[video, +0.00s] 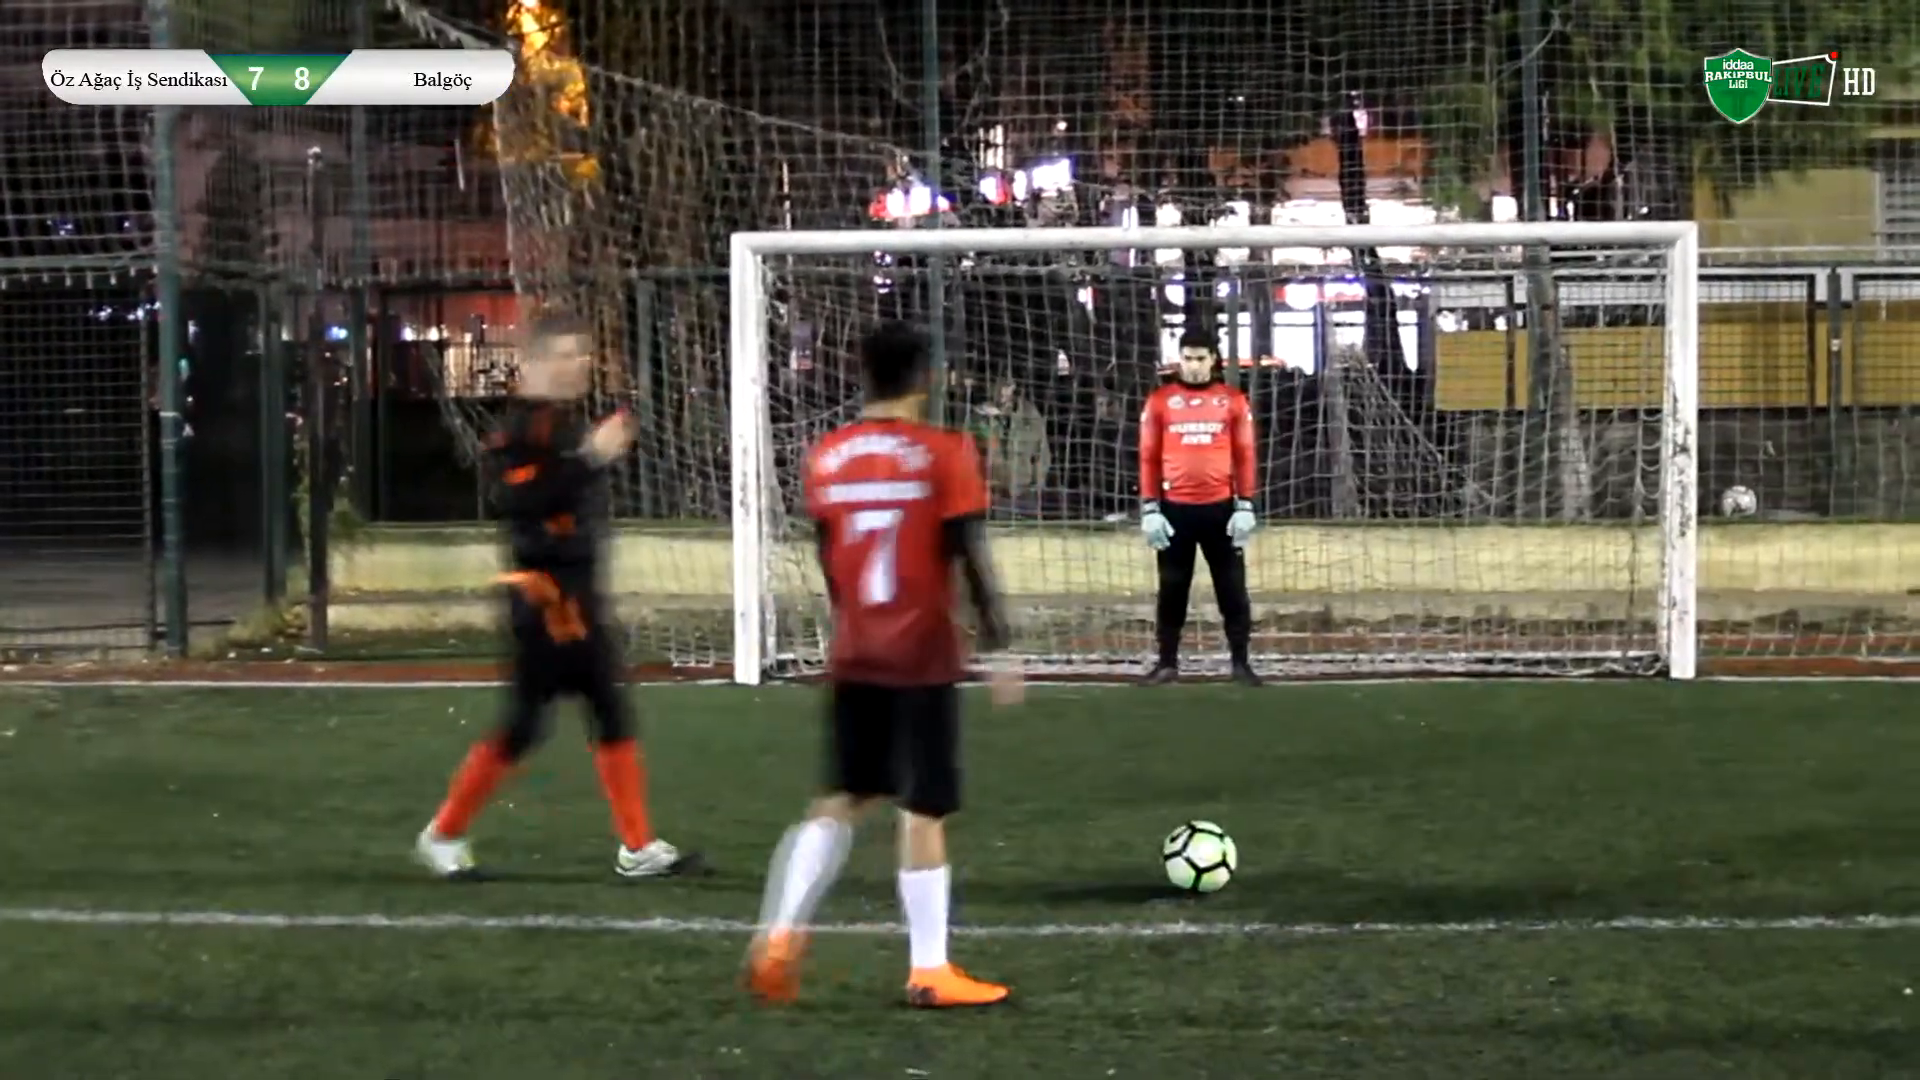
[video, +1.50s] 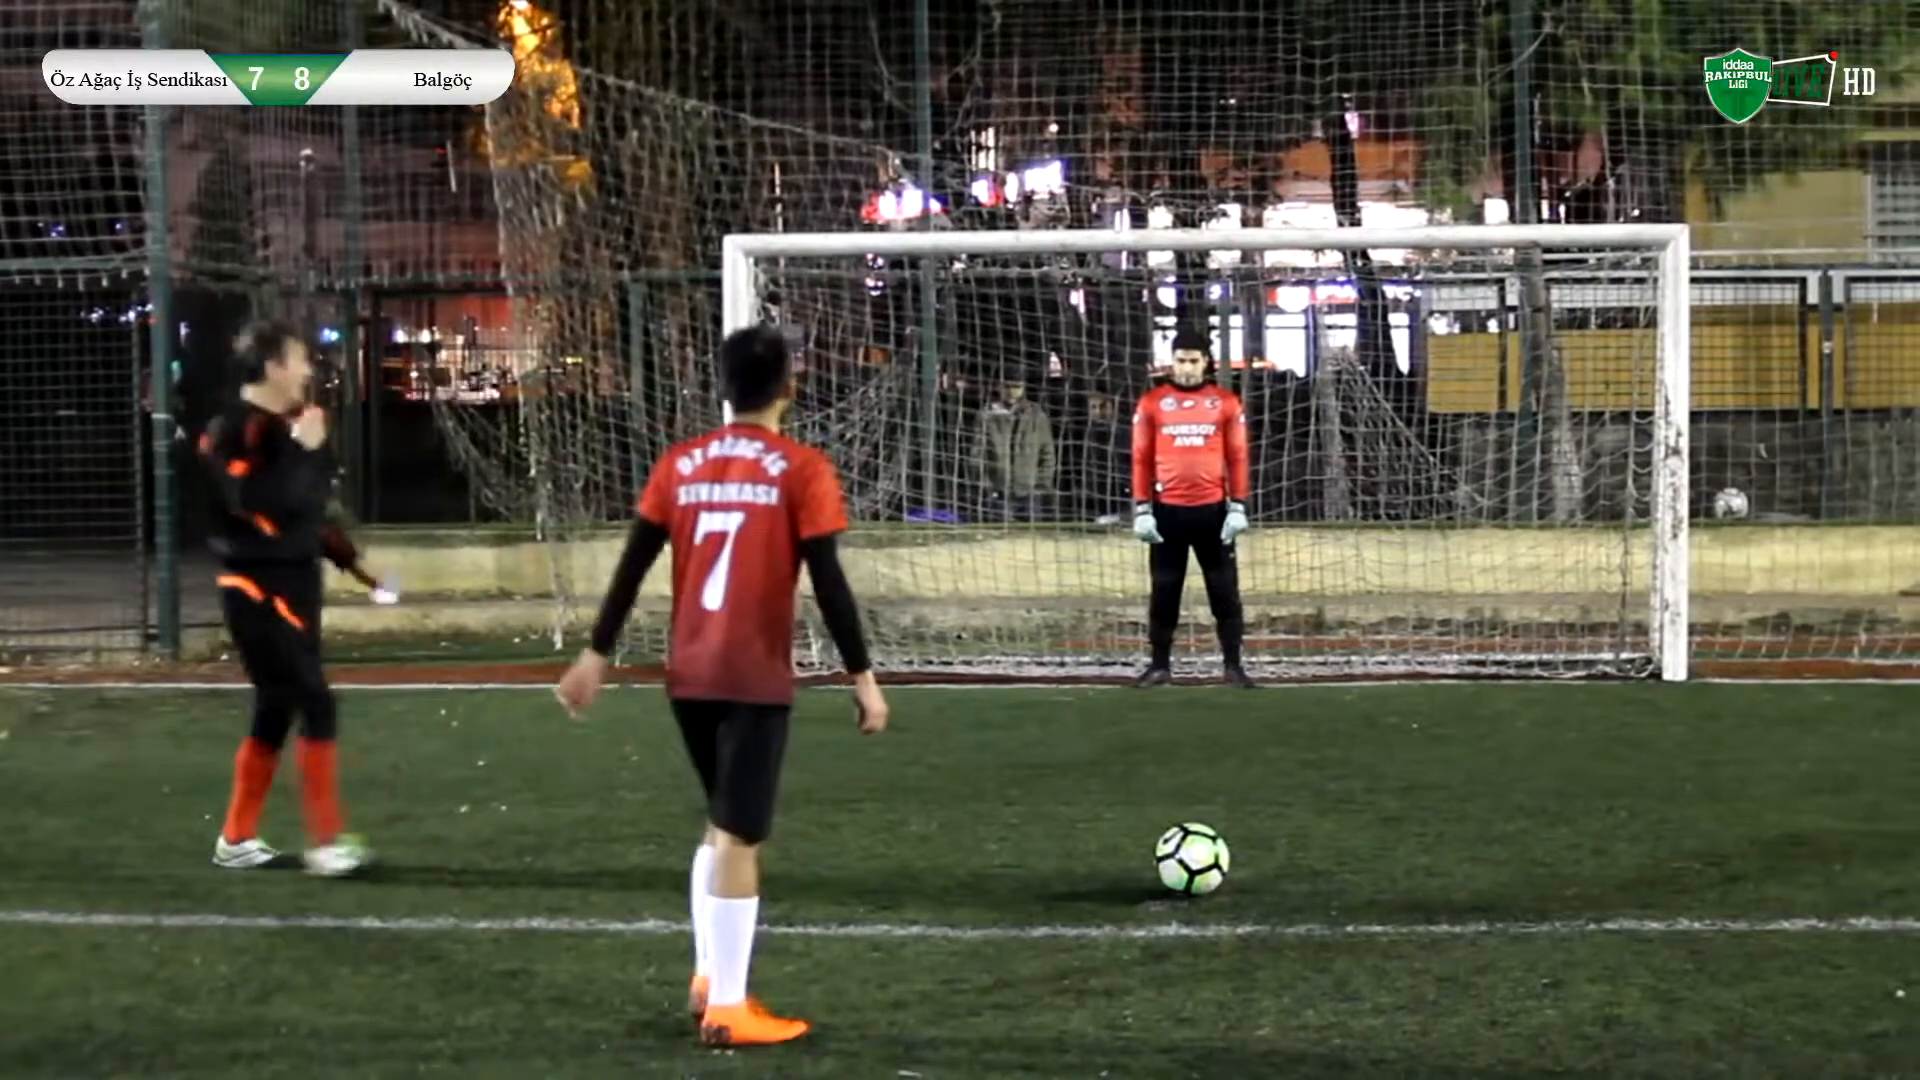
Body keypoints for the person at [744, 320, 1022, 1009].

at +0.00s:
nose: (932, 382)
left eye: (925, 371)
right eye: (930, 373)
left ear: (864, 378)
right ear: (923, 379)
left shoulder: (827, 453)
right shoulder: (946, 450)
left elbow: (826, 551)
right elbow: (972, 553)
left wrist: (852, 618)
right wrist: (999, 644)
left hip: (853, 660)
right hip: (923, 662)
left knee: (847, 793)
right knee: (925, 810)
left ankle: (778, 933)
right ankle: (930, 966)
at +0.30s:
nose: (872, 392)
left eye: (868, 381)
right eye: (871, 383)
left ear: (804, 387)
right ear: (859, 389)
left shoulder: (764, 464)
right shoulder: (872, 463)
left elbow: (782, 552)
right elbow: (885, 570)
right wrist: (917, 670)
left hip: (778, 674)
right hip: (855, 676)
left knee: (765, 814)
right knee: (885, 817)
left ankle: (736, 981)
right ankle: (917, 969)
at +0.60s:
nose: (838, 390)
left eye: (836, 379)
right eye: (837, 381)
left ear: (771, 383)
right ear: (824, 386)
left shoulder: (724, 460)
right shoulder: (835, 461)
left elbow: (724, 555)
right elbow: (836, 574)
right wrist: (851, 674)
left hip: (737, 676)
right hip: (809, 675)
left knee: (740, 817)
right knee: (851, 810)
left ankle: (734, 983)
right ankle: (856, 971)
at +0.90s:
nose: (813, 384)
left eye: (808, 373)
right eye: (811, 375)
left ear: (741, 382)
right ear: (802, 383)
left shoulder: (701, 463)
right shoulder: (815, 463)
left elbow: (686, 575)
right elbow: (820, 572)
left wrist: (682, 660)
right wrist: (840, 674)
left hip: (716, 673)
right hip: (789, 676)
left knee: (725, 820)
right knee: (803, 822)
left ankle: (730, 983)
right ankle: (751, 976)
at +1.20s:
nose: (804, 386)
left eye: (797, 375)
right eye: (802, 377)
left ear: (734, 386)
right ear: (794, 386)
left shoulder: (693, 462)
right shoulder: (810, 463)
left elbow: (639, 559)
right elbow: (829, 572)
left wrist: (603, 647)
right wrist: (857, 672)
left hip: (702, 674)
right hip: (770, 676)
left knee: (728, 830)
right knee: (748, 837)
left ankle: (733, 987)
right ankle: (729, 1003)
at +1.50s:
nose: (799, 382)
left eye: (789, 371)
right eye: (797, 374)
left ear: (725, 386)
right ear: (788, 385)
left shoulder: (678, 462)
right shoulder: (803, 468)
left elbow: (632, 564)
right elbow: (827, 581)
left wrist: (597, 651)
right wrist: (862, 674)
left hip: (688, 676)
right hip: (756, 678)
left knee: (724, 820)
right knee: (739, 837)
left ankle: (707, 975)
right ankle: (728, 1004)